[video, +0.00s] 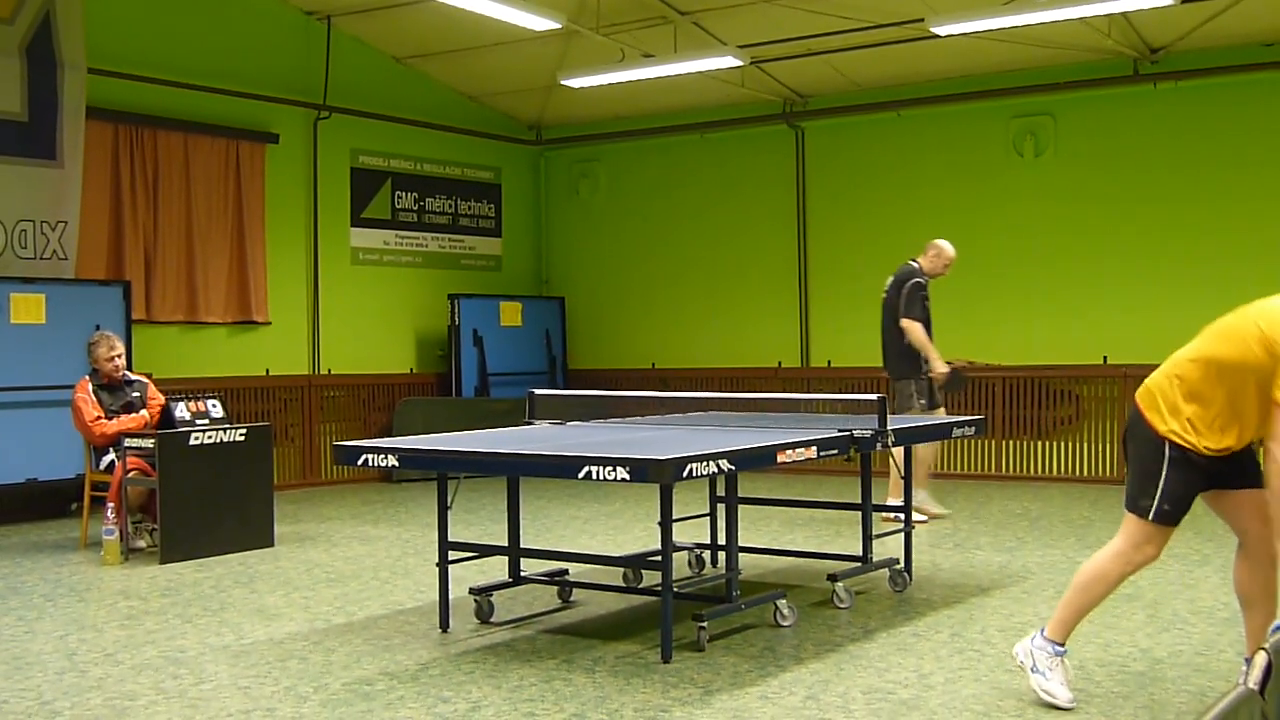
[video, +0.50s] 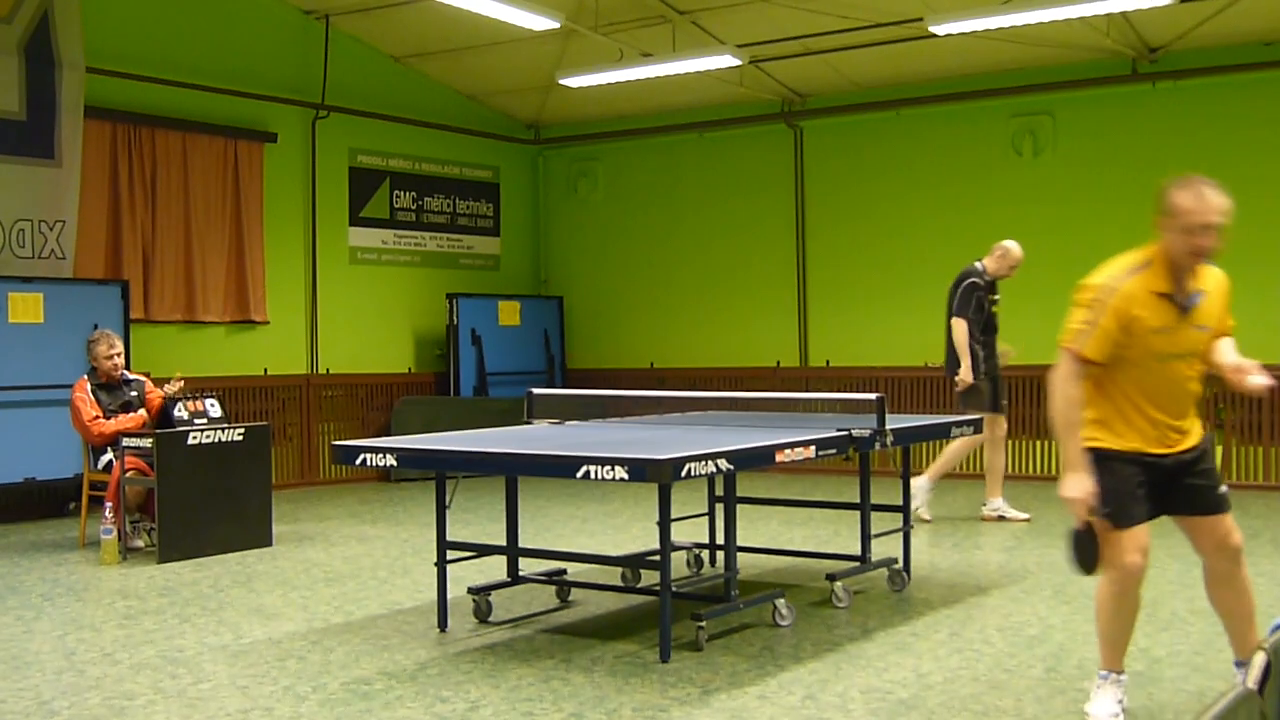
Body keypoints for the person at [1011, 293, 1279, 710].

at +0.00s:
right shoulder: (1271, 328)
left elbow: (1273, 445)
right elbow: (1276, 448)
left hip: (1224, 435)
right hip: (1169, 421)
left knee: (1263, 535)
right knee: (1137, 546)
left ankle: (1259, 661)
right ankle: (1045, 645)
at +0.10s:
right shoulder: (1270, 315)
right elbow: (1254, 422)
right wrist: (1256, 517)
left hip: (1219, 427)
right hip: (1165, 417)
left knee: (1257, 534)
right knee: (1138, 542)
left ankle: (1259, 663)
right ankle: (1048, 643)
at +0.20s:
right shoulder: (1254, 297)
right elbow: (1195, 382)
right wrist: (1194, 480)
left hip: (1220, 418)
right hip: (1158, 408)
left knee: (1252, 533)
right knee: (1146, 539)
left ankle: (1258, 665)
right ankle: (1078, 658)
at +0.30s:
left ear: (1277, 249)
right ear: (1273, 248)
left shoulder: (1269, 303)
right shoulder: (1218, 289)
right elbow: (1156, 366)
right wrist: (1154, 468)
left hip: (1208, 427)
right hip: (1147, 423)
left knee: (1244, 537)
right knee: (1145, 551)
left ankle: (1258, 669)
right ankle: (1109, 679)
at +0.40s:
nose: (1255, 257)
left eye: (1262, 245)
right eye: (1243, 243)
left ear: (1266, 244)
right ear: (1210, 236)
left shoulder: (1242, 291)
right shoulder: (1154, 289)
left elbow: (1232, 343)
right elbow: (1096, 371)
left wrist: (1260, 367)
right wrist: (1102, 464)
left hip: (1197, 445)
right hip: (1135, 448)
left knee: (1232, 544)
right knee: (1140, 559)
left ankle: (1256, 665)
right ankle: (1111, 682)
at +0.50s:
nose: (1204, 242)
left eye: (1214, 230)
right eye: (1192, 230)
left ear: (1223, 230)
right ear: (1162, 226)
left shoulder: (1214, 282)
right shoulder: (1112, 286)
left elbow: (1217, 340)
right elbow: (1065, 372)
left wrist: (1236, 366)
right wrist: (1073, 465)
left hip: (1183, 440)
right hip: (1114, 446)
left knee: (1225, 545)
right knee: (1127, 561)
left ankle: (1251, 666)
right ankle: (1109, 681)